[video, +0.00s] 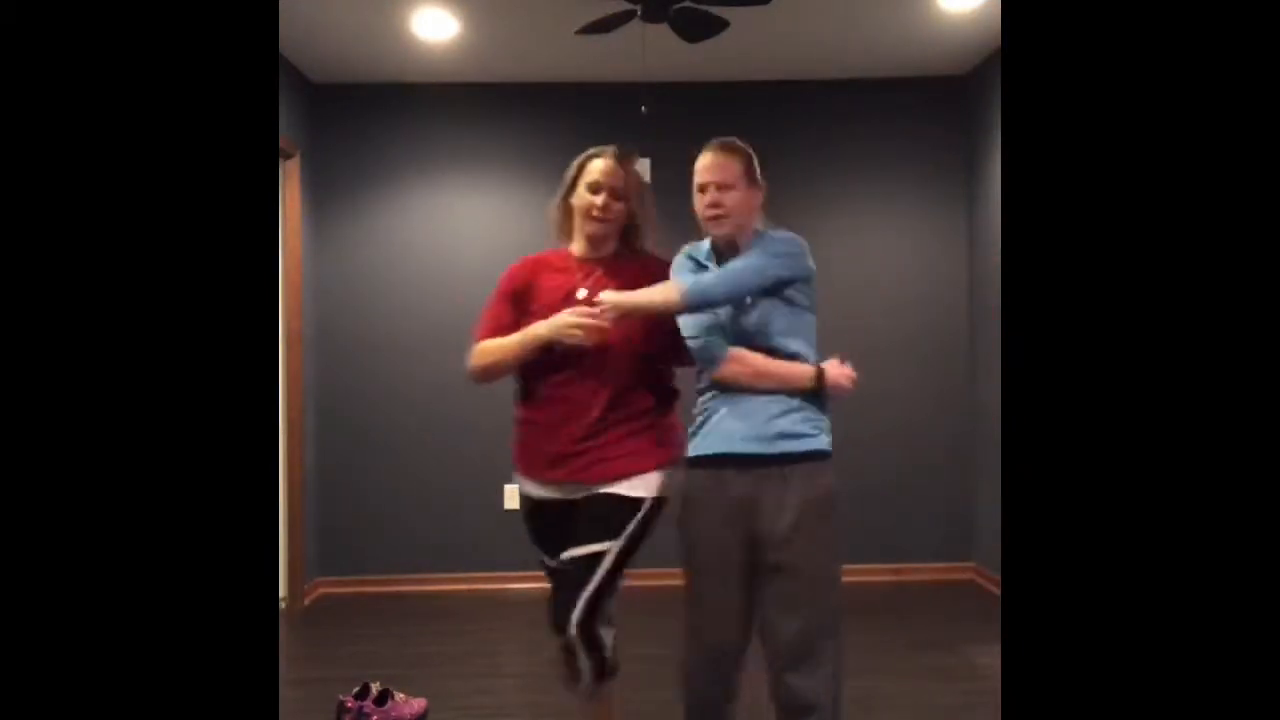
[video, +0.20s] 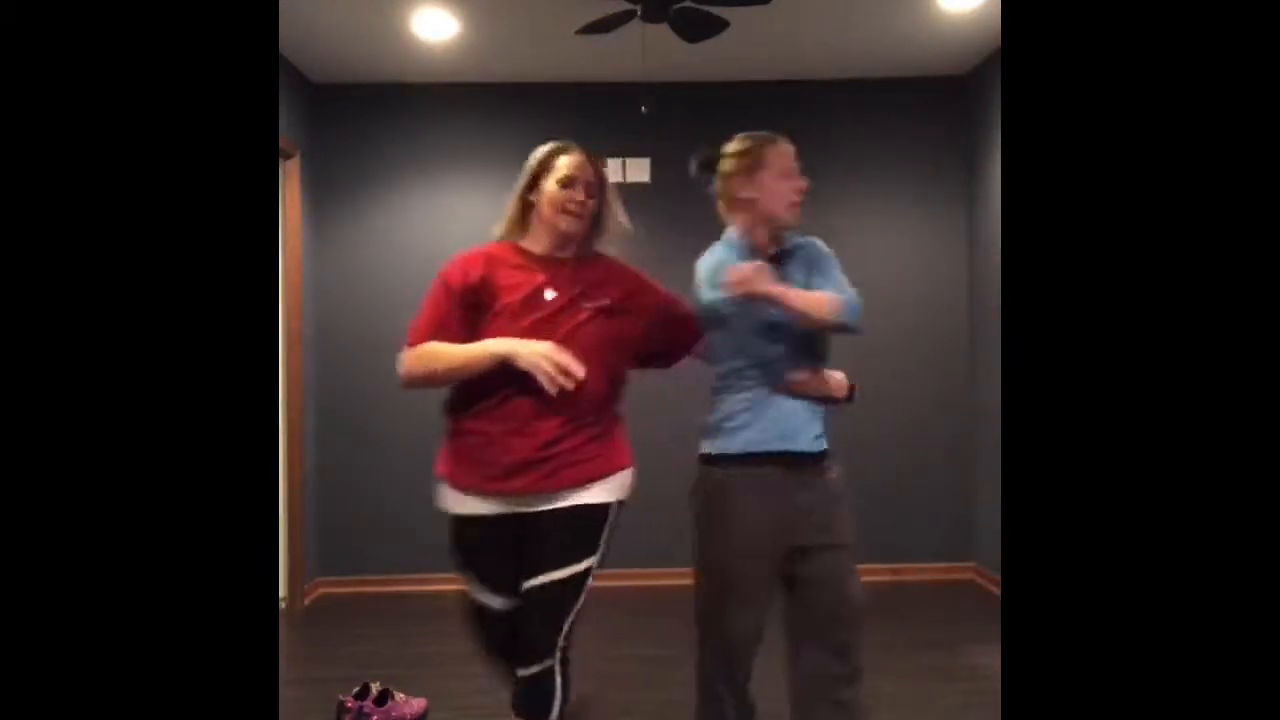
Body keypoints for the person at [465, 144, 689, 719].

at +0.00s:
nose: (603, 202)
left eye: (617, 194)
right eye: (593, 188)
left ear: (632, 208)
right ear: (570, 196)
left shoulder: (656, 278)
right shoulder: (529, 275)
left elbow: (695, 360)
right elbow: (479, 362)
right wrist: (546, 330)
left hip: (632, 469)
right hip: (546, 473)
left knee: (573, 618)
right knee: (580, 623)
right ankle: (600, 703)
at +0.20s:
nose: (578, 198)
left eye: (590, 190)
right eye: (566, 183)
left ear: (599, 207)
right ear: (534, 191)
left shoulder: (616, 284)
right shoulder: (474, 272)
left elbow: (711, 340)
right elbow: (413, 364)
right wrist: (509, 348)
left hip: (578, 492)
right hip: (480, 492)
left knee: (539, 644)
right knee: (498, 636)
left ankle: (538, 713)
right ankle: (545, 691)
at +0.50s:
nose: (498, 189)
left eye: (501, 177)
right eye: (484, 175)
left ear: (503, 186)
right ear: (437, 177)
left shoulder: (499, 274)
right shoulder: (375, 255)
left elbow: (596, 319)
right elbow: (337, 357)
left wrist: (694, 349)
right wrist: (460, 352)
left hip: (474, 494)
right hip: (378, 497)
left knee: (490, 670)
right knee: (376, 674)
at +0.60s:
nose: (462, 192)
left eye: (463, 178)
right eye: (450, 176)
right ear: (402, 174)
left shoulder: (455, 270)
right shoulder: (345, 251)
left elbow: (549, 309)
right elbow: (326, 358)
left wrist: (658, 324)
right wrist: (451, 354)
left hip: (436, 489)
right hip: (351, 493)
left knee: (461, 646)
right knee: (364, 666)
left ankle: (433, 711)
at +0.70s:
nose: (436, 188)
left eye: (437, 174)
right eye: (425, 172)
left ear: (388, 176)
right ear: (378, 170)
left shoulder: (424, 259)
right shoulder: (323, 252)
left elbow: (522, 297)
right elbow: (314, 366)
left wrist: (633, 300)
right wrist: (443, 357)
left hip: (413, 486)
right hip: (341, 491)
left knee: (432, 639)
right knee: (358, 663)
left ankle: (399, 707)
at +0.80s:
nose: (428, 185)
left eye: (427, 171)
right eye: (416, 168)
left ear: (379, 174)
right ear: (369, 168)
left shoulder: (418, 257)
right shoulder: (314, 258)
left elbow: (511, 305)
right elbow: (298, 380)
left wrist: (614, 298)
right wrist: (433, 373)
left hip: (409, 489)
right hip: (340, 492)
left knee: (430, 642)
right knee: (363, 665)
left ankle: (395, 708)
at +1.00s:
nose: (465, 197)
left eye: (464, 183)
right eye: (454, 181)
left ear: (417, 188)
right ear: (409, 185)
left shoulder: (448, 265)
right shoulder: (367, 272)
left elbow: (500, 357)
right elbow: (329, 387)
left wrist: (557, 339)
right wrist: (440, 439)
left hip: (446, 491)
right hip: (382, 497)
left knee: (501, 623)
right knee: (396, 670)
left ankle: (473, 711)